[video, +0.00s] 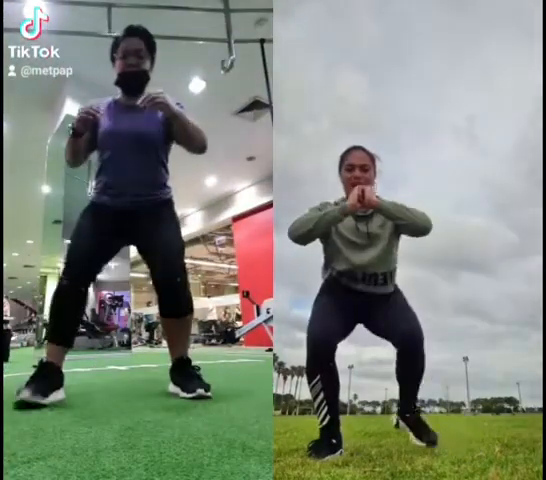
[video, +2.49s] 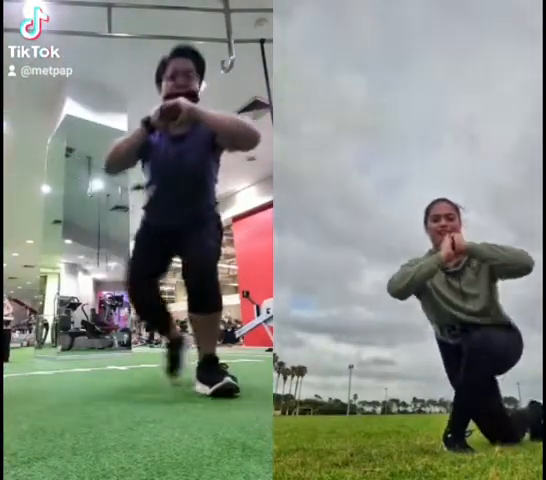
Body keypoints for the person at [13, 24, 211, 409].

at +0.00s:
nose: (130, 62)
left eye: (138, 55)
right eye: (123, 56)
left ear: (152, 63)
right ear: (113, 64)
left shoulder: (163, 109)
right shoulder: (100, 111)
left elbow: (198, 144)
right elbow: (73, 160)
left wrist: (171, 110)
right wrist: (78, 134)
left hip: (155, 208)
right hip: (104, 208)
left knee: (173, 280)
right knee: (72, 278)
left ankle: (182, 367)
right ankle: (51, 370)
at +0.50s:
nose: (84, 39)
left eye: (93, 33)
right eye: (76, 31)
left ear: (107, 41)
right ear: (64, 39)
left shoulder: (117, 87)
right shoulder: (50, 87)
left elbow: (155, 109)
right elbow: (10, 99)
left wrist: (113, 63)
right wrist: (51, 65)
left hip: (109, 198)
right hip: (60, 197)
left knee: (117, 278)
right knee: (49, 280)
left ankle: (110, 337)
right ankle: (48, 369)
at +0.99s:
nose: (90, 114)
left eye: (100, 108)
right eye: (82, 106)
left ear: (110, 118)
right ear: (66, 112)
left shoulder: (115, 164)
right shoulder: (42, 154)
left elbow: (124, 211)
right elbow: (10, 198)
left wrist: (89, 157)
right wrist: (48, 151)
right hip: (46, 248)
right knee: (41, 265)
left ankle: (91, 359)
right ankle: (47, 370)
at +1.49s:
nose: (119, 72)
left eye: (128, 64)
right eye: (111, 64)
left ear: (139, 73)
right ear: (97, 71)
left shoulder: (146, 120)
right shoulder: (81, 114)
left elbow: (185, 134)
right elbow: (39, 132)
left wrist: (140, 91)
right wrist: (82, 99)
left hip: (130, 224)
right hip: (80, 224)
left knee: (180, 267)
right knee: (48, 271)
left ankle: (184, 356)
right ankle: (47, 371)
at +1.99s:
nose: (161, 128)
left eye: (169, 121)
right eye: (153, 121)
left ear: (180, 133)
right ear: (138, 133)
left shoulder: (189, 174)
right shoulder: (123, 168)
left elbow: (239, 187)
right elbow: (77, 172)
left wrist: (188, 143)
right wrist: (129, 142)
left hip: (170, 268)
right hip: (121, 267)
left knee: (213, 276)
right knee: (76, 268)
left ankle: (206, 369)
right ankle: (48, 373)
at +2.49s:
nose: (178, 83)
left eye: (187, 77)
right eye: (171, 77)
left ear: (199, 85)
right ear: (160, 85)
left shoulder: (210, 127)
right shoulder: (149, 131)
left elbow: (251, 138)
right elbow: (112, 165)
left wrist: (197, 114)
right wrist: (148, 126)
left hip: (200, 221)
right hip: (158, 221)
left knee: (202, 280)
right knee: (139, 286)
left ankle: (209, 365)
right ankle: (173, 336)